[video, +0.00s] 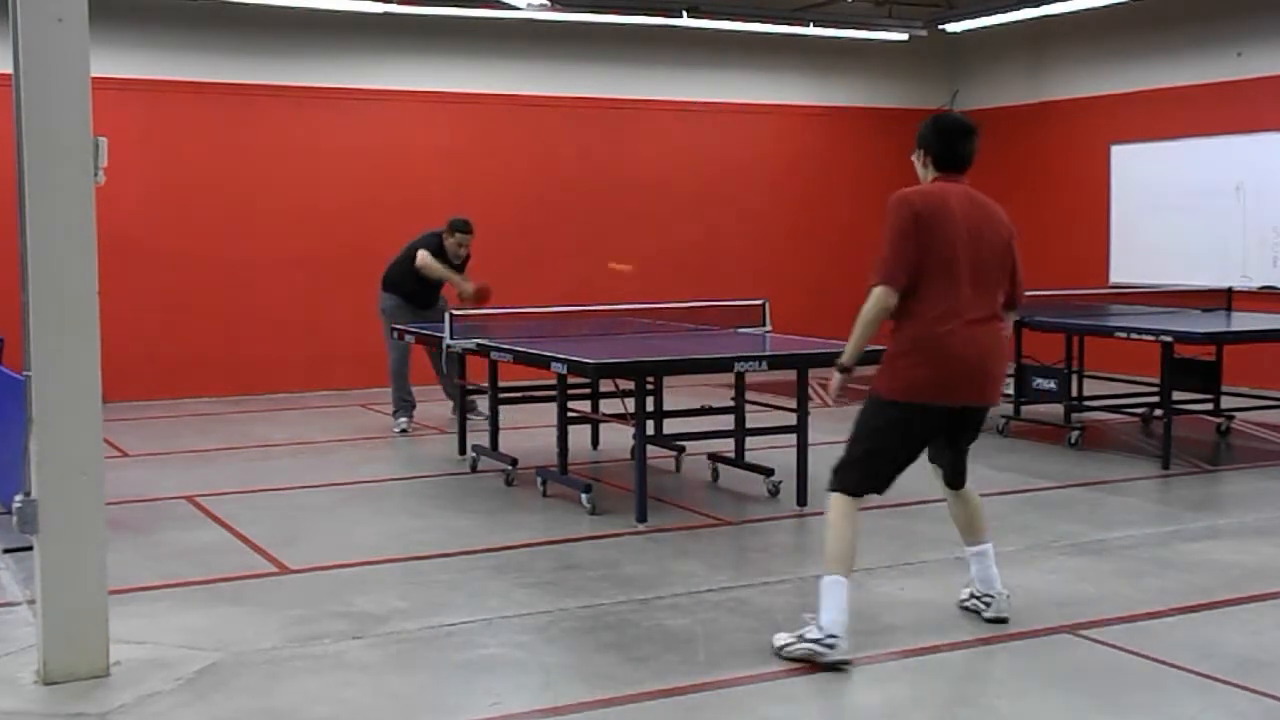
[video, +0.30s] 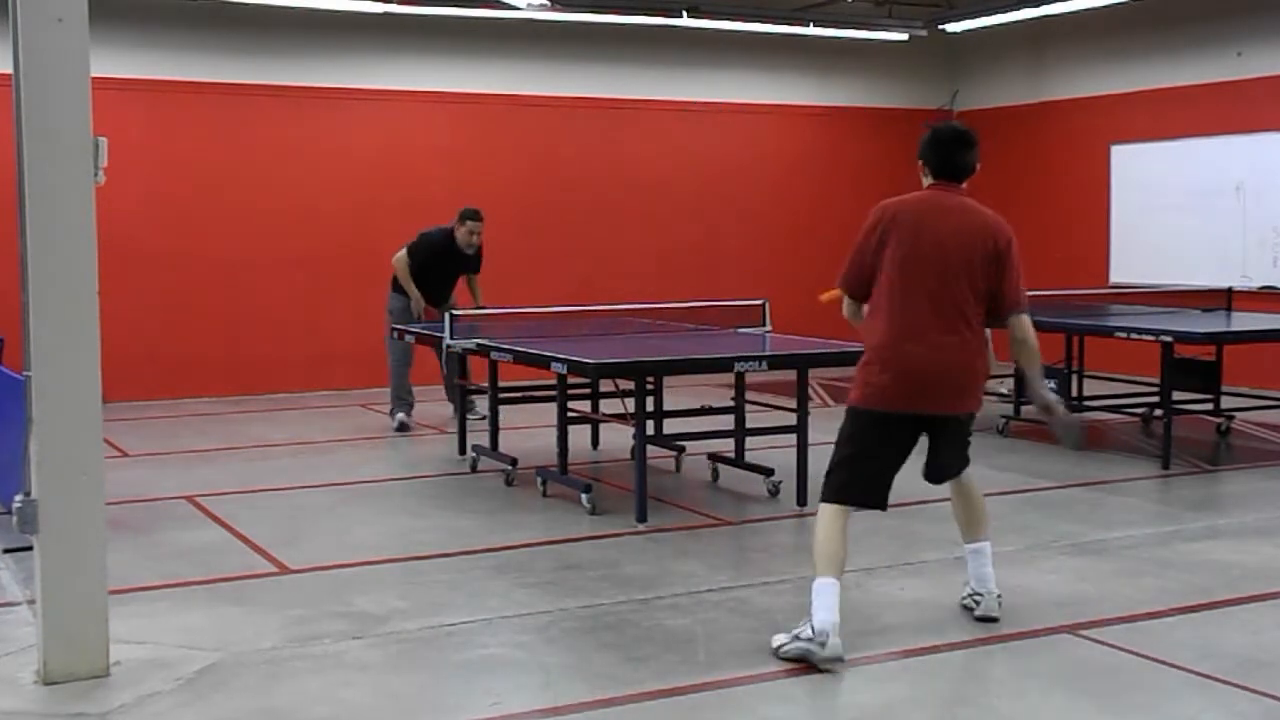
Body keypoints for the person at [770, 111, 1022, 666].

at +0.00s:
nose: (912, 160)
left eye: (914, 153)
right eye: (916, 152)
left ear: (924, 158)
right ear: (967, 158)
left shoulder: (912, 204)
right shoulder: (996, 215)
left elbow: (886, 294)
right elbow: (1011, 304)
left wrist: (845, 364)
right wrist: (955, 322)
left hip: (918, 374)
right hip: (980, 379)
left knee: (845, 487)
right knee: (954, 475)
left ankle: (829, 629)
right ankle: (989, 590)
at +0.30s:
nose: (922, 169)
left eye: (920, 160)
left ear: (923, 167)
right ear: (975, 170)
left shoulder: (890, 214)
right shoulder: (993, 229)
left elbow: (852, 304)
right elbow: (1019, 326)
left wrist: (866, 314)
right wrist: (1039, 390)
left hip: (887, 382)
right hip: (959, 385)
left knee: (836, 498)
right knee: (958, 471)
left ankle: (822, 628)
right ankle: (984, 590)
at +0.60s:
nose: (904, 132)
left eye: (904, 124)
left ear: (907, 126)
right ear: (959, 127)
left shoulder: (899, 168)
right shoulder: (977, 177)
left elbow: (898, 250)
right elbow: (962, 251)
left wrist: (865, 296)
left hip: (900, 343)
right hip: (968, 343)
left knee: (832, 455)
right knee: (958, 458)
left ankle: (789, 586)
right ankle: (983, 588)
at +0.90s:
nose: (876, 116)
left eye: (878, 109)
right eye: (881, 108)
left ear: (883, 114)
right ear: (932, 116)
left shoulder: (898, 165)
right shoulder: (936, 164)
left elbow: (902, 259)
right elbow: (837, 193)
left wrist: (835, 297)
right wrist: (810, 148)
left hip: (874, 343)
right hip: (934, 343)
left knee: (819, 457)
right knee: (944, 460)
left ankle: (794, 591)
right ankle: (984, 586)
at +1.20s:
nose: (883, 131)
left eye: (883, 124)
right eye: (886, 123)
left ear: (891, 126)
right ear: (936, 127)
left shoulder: (896, 177)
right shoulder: (960, 178)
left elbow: (895, 266)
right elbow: (979, 254)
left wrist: (833, 324)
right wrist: (882, 284)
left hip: (898, 351)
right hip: (961, 350)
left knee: (832, 458)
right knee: (970, 458)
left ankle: (797, 591)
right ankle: (1023, 576)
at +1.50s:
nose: (928, 156)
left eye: (929, 149)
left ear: (934, 155)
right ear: (982, 157)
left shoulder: (905, 209)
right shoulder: (1005, 214)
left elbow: (875, 298)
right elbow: (1038, 304)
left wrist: (856, 347)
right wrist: (1035, 346)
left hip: (910, 369)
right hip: (987, 370)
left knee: (845, 471)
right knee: (1017, 461)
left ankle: (828, 598)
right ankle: (1052, 578)